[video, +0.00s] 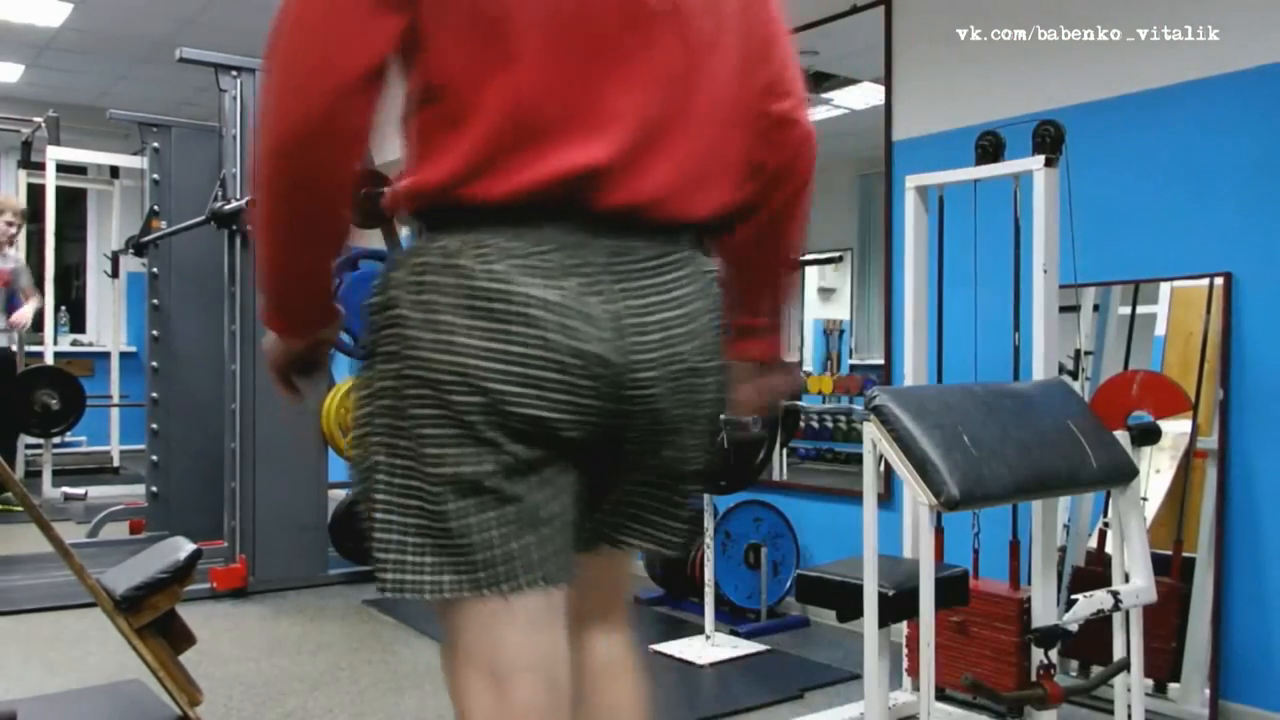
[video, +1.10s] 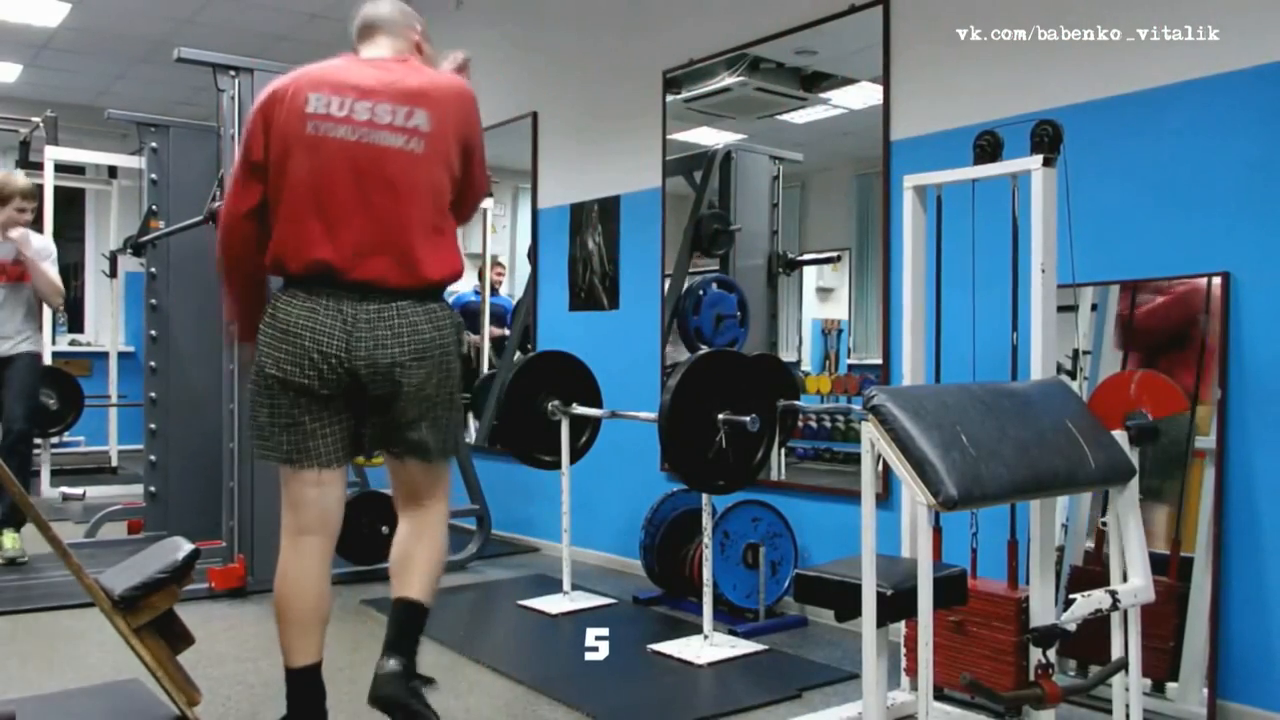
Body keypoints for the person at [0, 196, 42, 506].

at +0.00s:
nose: (12, 230)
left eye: (16, 225)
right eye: (7, 223)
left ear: (20, 229)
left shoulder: (15, 263)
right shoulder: (9, 264)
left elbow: (34, 296)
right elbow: (33, 296)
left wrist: (28, 309)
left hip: (7, 348)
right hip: (4, 349)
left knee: (10, 416)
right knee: (8, 416)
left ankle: (7, 486)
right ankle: (6, 486)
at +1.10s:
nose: (25, 217)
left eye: (30, 211)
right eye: (18, 210)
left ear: (34, 212)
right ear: (2, 210)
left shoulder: (37, 244)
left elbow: (56, 298)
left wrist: (28, 254)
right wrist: (23, 254)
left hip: (20, 348)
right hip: (6, 350)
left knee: (16, 429)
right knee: (11, 432)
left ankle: (11, 526)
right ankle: (8, 526)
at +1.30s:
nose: (12, 201)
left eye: (18, 195)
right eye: (7, 194)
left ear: (26, 196)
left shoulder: (33, 227)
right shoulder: (9, 228)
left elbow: (41, 280)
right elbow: (37, 278)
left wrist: (10, 240)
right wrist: (13, 242)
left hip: (18, 345)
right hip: (6, 346)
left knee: (14, 437)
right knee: (10, 437)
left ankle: (10, 528)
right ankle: (8, 528)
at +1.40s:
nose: (5, 192)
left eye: (10, 184)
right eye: (1, 184)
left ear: (19, 185)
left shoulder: (28, 223)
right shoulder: (14, 224)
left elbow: (31, 274)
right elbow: (29, 271)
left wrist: (2, 239)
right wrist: (12, 243)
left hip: (14, 345)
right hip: (7, 346)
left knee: (11, 437)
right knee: (9, 438)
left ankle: (9, 528)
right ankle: (7, 528)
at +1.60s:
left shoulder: (11, 227)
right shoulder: (13, 230)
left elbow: (8, 273)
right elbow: (9, 273)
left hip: (7, 346)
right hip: (6, 347)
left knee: (3, 441)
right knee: (3, 441)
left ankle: (7, 525)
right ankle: (5, 525)